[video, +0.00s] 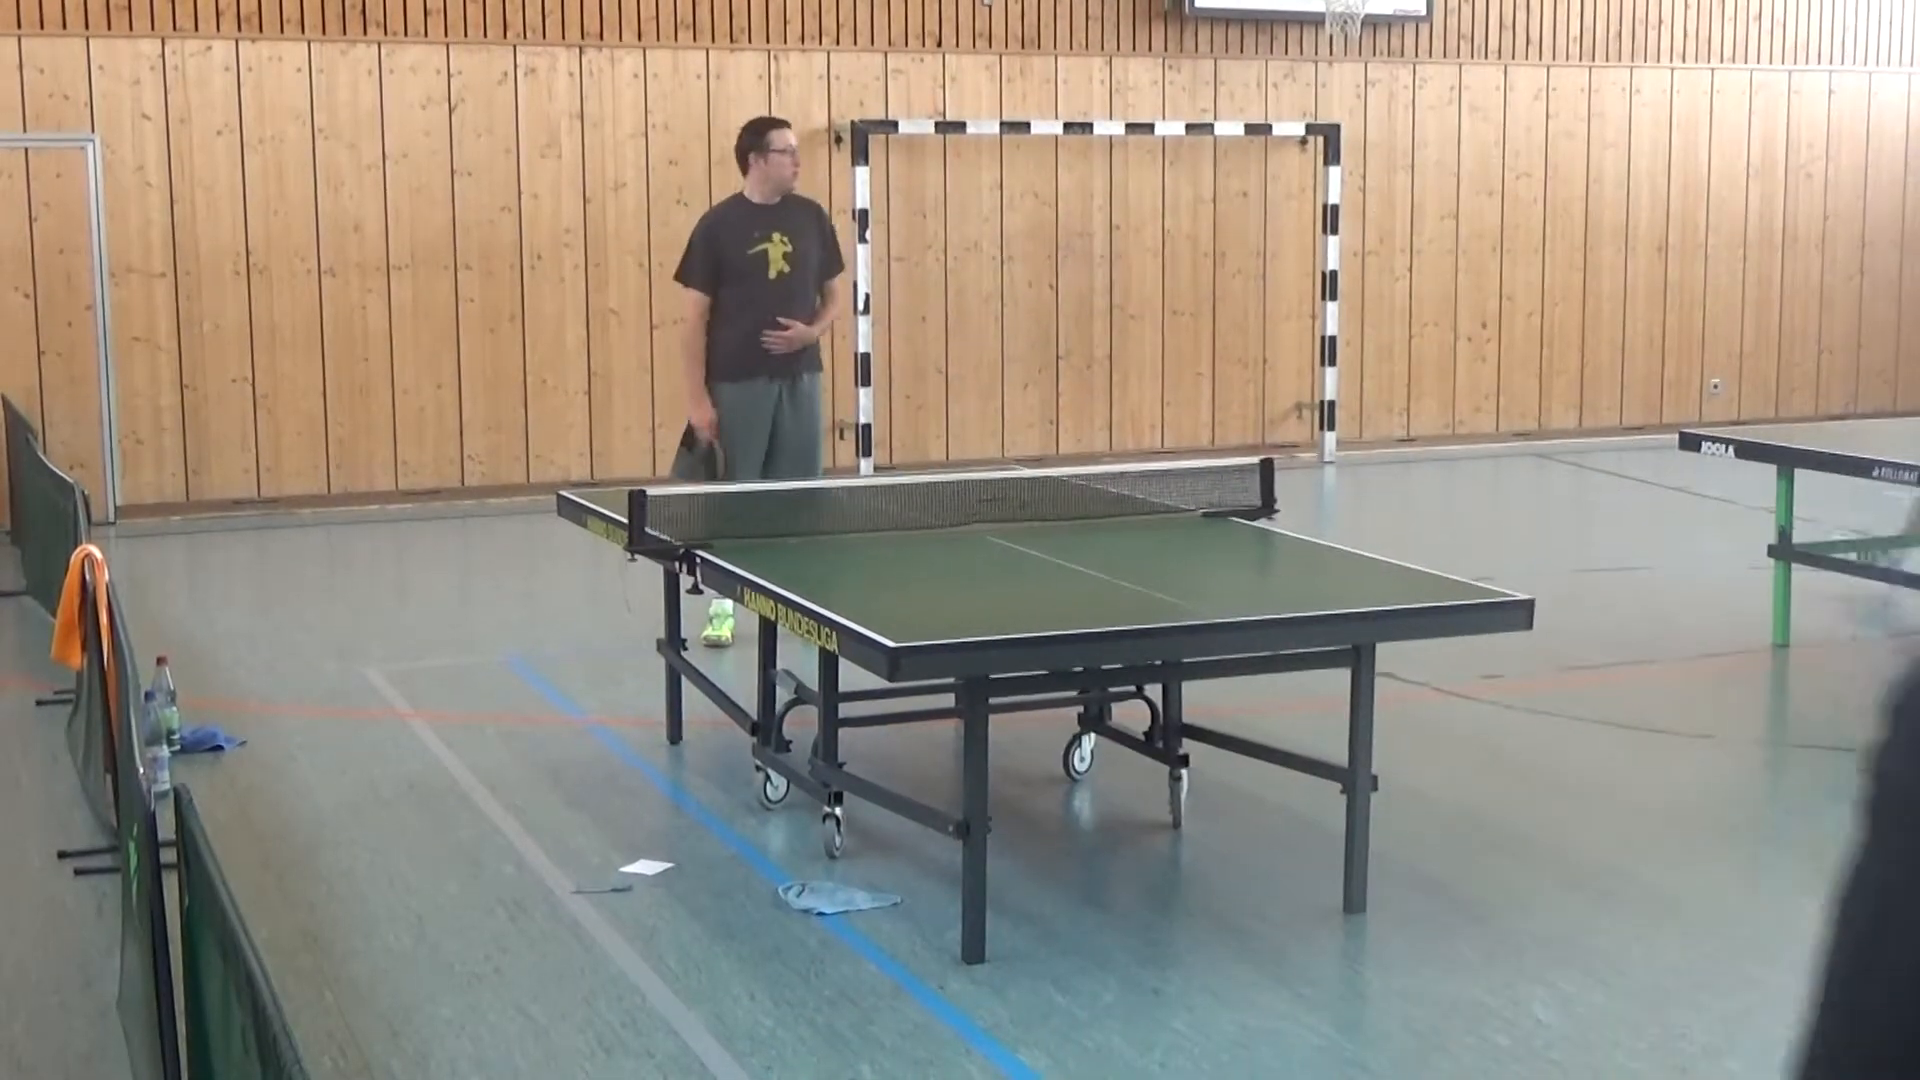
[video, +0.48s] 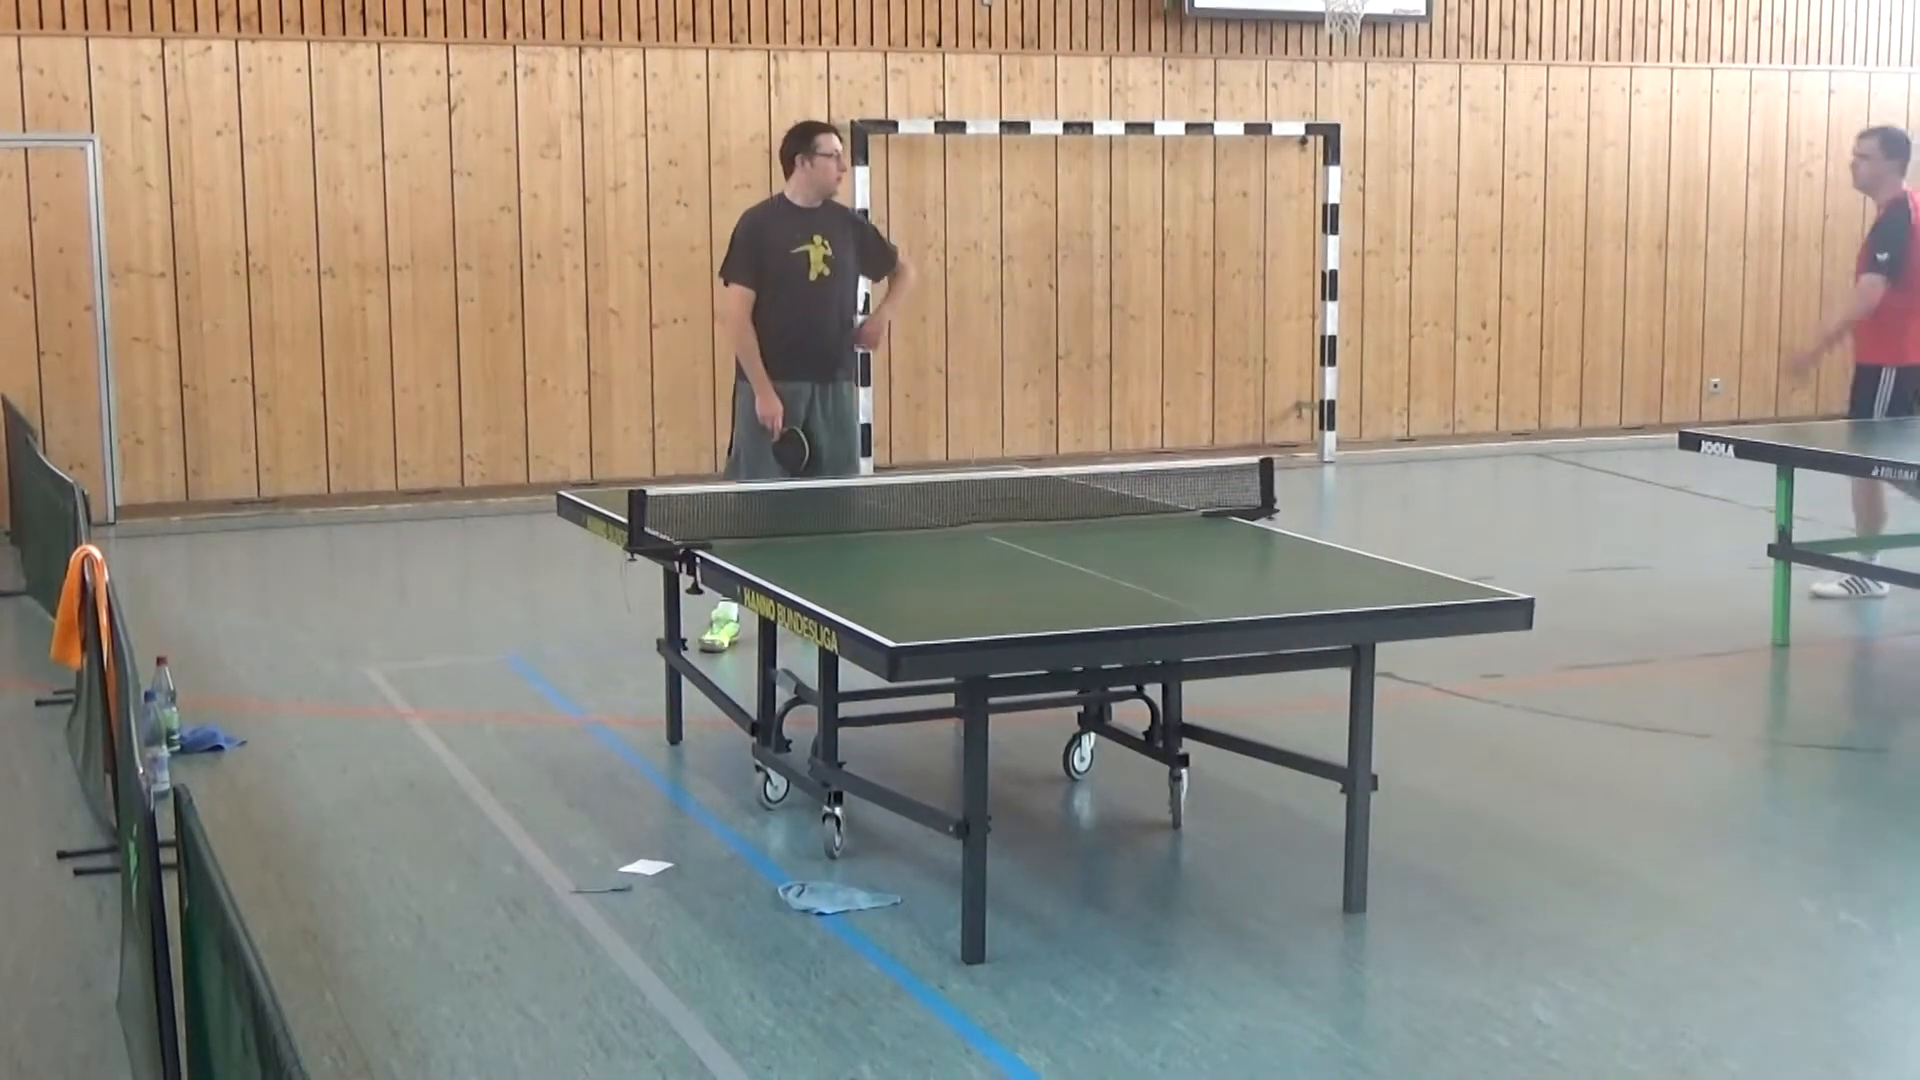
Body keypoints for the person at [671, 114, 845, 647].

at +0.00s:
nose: (796, 161)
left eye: (796, 152)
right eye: (785, 152)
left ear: (790, 159)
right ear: (753, 160)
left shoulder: (812, 217)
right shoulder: (717, 225)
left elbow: (836, 292)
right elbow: (693, 319)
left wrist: (814, 330)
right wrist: (697, 398)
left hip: (801, 382)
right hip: (738, 385)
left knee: (798, 499)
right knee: (731, 501)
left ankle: (795, 603)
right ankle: (722, 603)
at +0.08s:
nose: (812, 164)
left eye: (812, 155)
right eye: (802, 156)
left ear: (804, 163)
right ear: (770, 163)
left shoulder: (824, 222)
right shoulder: (729, 225)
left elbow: (845, 298)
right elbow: (707, 315)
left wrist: (826, 336)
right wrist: (716, 394)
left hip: (808, 386)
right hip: (747, 386)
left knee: (804, 501)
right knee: (732, 498)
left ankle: (803, 604)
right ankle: (723, 603)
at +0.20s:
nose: (828, 168)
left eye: (828, 159)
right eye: (818, 160)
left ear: (818, 167)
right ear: (785, 168)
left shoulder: (836, 227)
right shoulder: (743, 227)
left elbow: (862, 304)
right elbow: (718, 319)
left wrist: (843, 341)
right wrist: (732, 393)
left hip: (818, 389)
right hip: (758, 388)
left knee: (811, 505)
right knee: (734, 501)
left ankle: (808, 606)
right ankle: (722, 602)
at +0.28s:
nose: (835, 169)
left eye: (834, 160)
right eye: (825, 160)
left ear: (822, 167)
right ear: (792, 167)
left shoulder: (841, 226)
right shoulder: (750, 227)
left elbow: (872, 295)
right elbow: (725, 319)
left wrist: (861, 339)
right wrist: (741, 393)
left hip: (824, 389)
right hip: (759, 389)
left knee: (817, 504)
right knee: (731, 499)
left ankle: (811, 607)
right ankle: (720, 603)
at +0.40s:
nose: (840, 167)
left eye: (840, 158)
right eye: (831, 158)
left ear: (824, 166)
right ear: (797, 164)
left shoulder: (847, 224)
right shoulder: (755, 225)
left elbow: (892, 283)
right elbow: (733, 316)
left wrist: (880, 328)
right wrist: (756, 391)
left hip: (832, 391)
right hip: (766, 391)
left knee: (833, 508)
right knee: (742, 502)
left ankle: (829, 611)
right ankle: (724, 605)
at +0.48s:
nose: (842, 166)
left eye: (842, 158)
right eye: (832, 157)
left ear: (832, 166)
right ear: (800, 163)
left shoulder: (850, 224)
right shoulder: (757, 225)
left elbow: (903, 271)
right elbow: (734, 316)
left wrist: (880, 317)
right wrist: (762, 389)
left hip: (835, 389)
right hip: (769, 390)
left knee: (838, 507)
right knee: (753, 503)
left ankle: (835, 611)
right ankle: (729, 605)